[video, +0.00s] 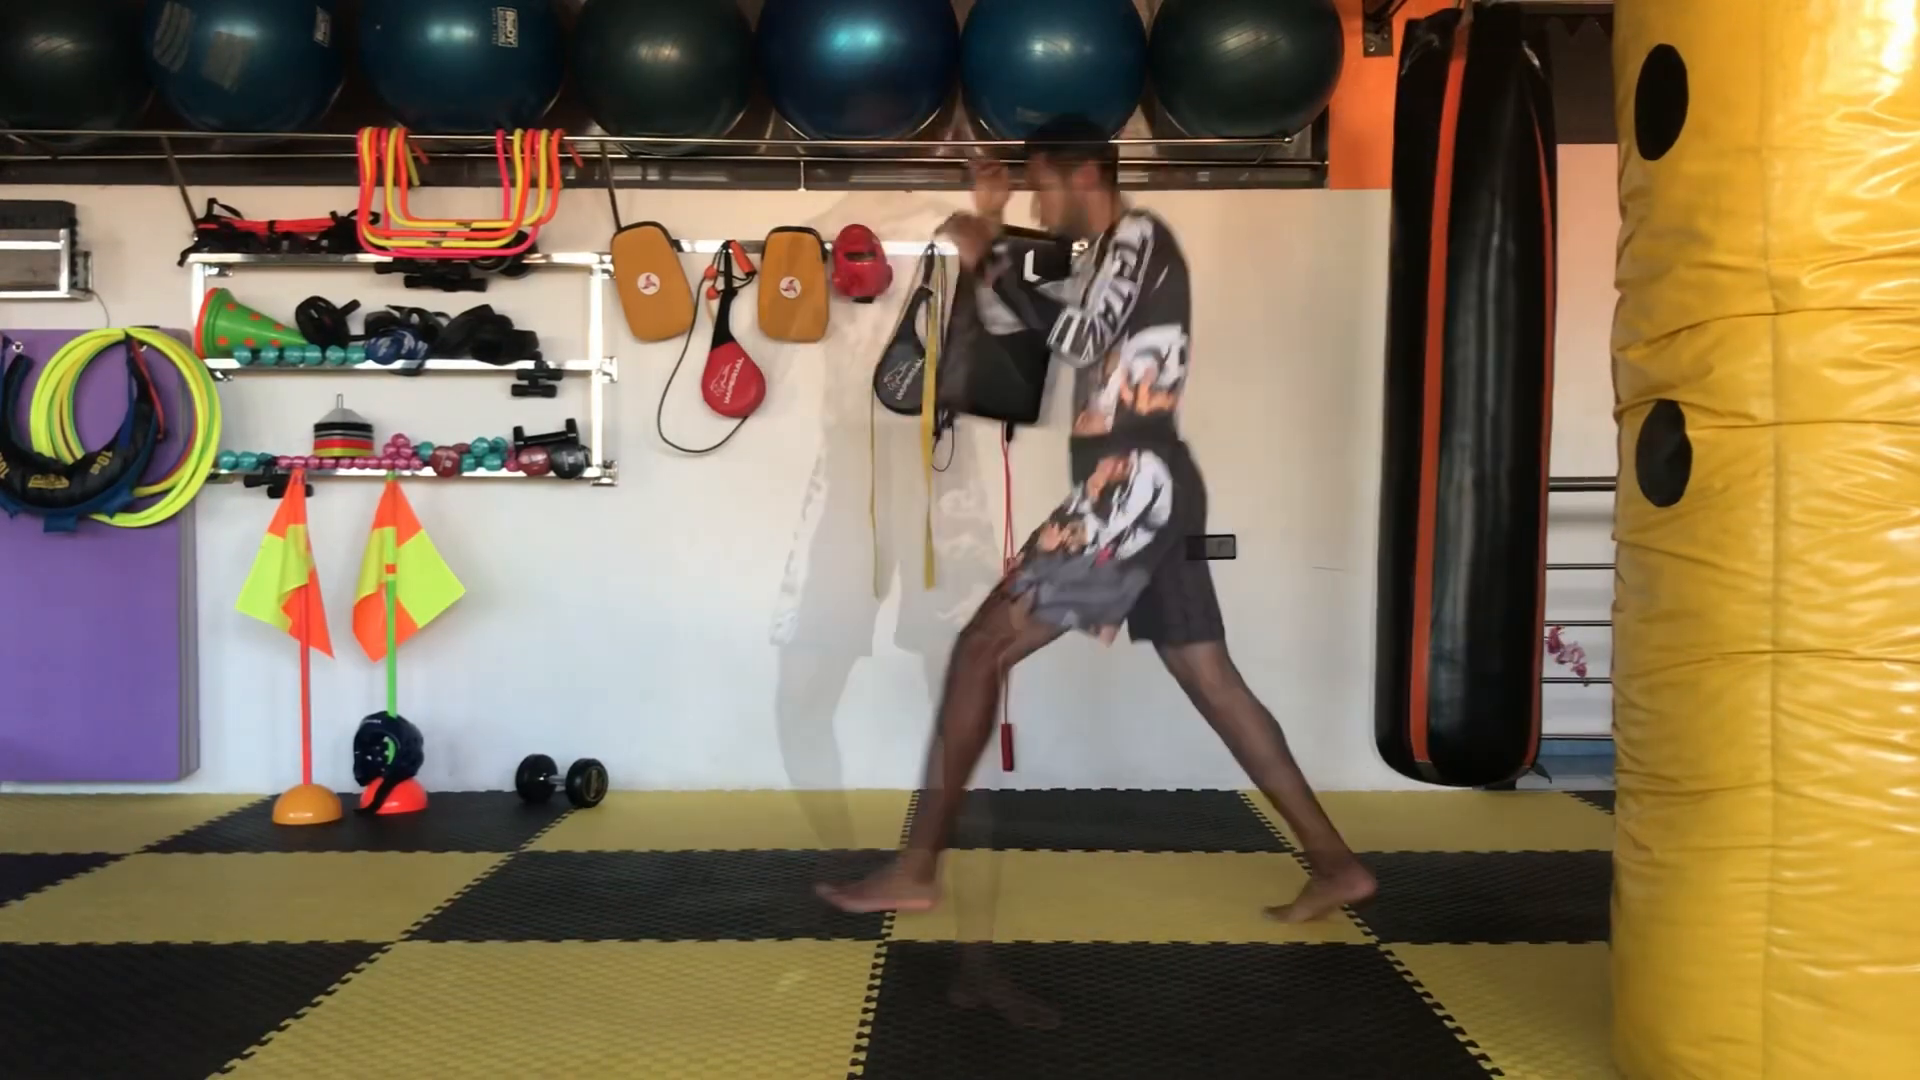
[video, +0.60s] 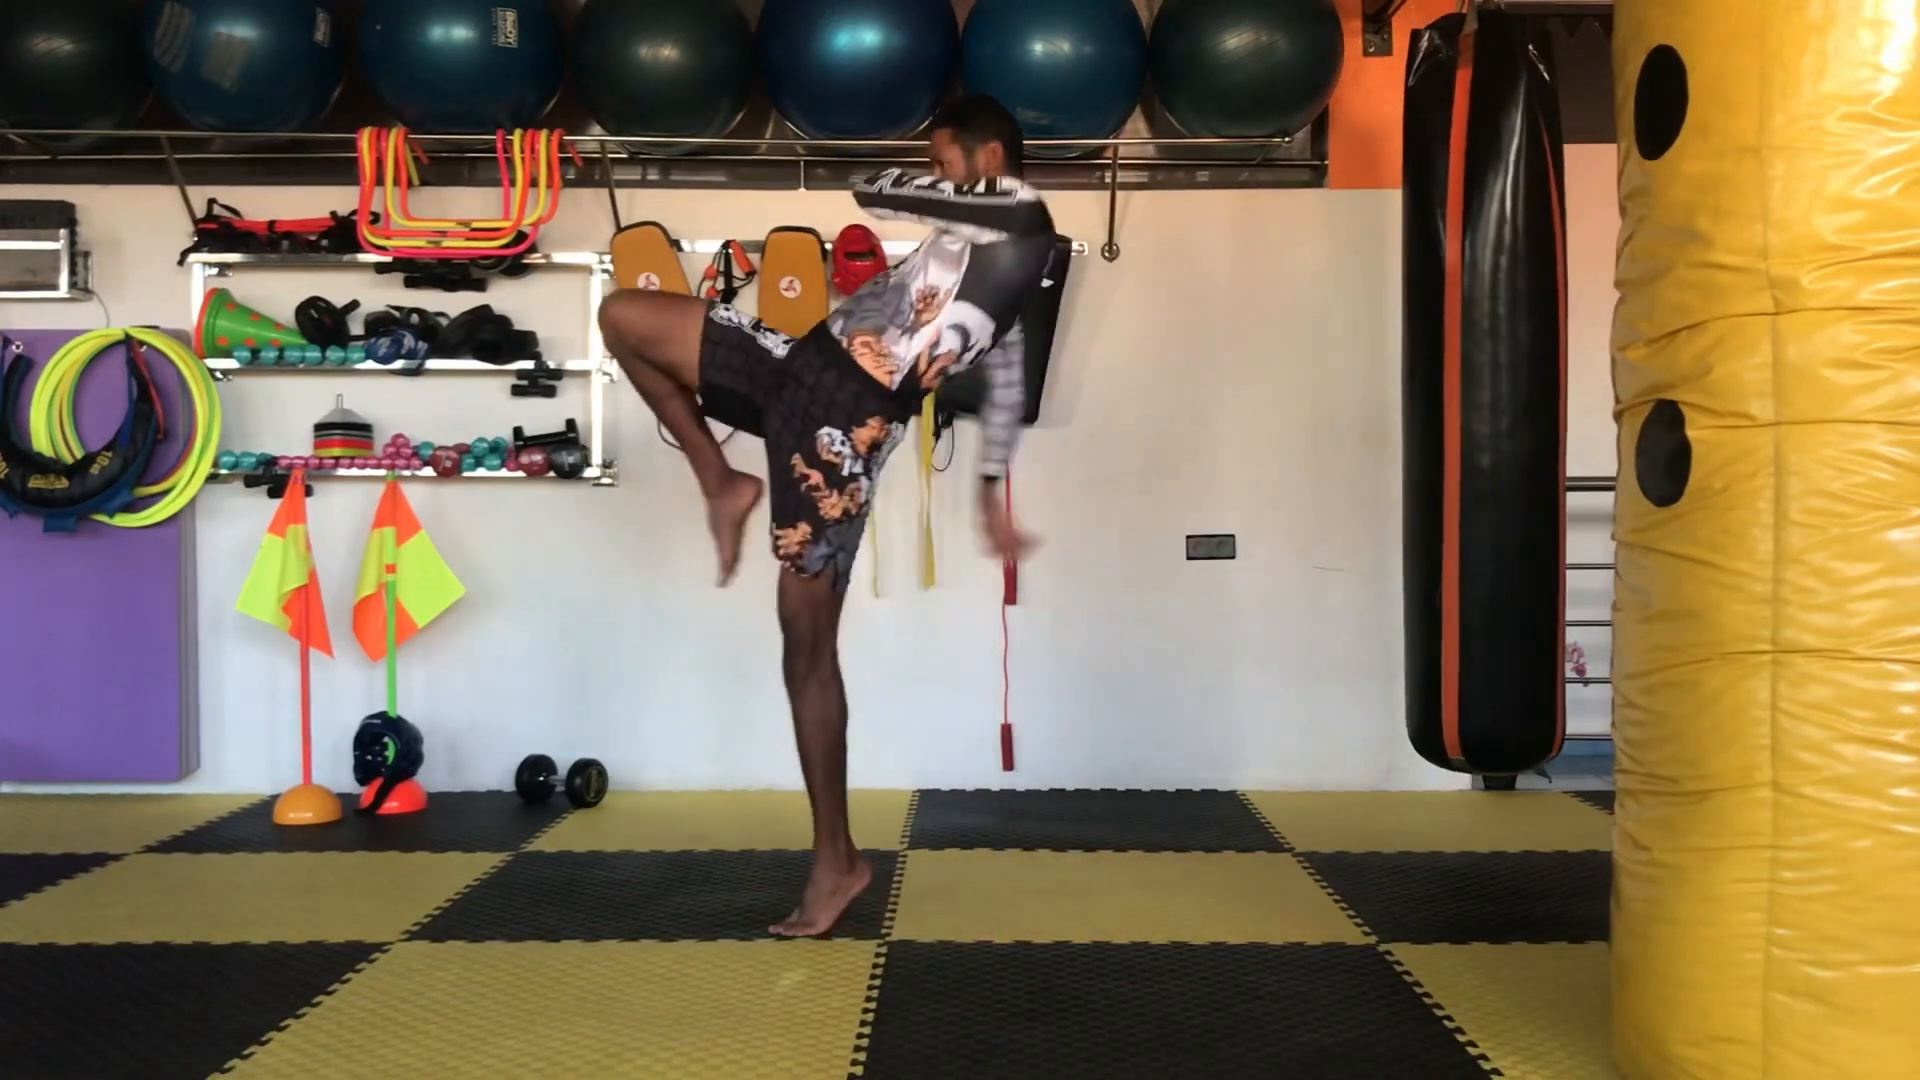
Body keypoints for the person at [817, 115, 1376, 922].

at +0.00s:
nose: (1040, 205)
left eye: (1045, 189)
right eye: (1038, 190)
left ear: (1088, 176)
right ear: (1089, 181)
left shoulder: (1138, 239)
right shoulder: (1109, 249)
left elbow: (1084, 338)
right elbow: (1034, 300)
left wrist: (990, 256)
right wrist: (990, 232)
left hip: (1131, 486)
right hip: (1150, 484)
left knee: (980, 648)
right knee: (1213, 681)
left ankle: (915, 869)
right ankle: (1334, 862)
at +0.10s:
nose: (997, 238)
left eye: (1005, 221)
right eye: (995, 224)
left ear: (1052, 213)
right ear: (1051, 216)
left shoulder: (1096, 280)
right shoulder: (1073, 285)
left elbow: (1049, 358)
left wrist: (953, 297)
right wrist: (934, 219)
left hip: (1084, 524)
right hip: (1107, 518)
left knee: (911, 668)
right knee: (1200, 702)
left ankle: (873, 887)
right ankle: (1340, 871)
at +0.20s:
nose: (957, 226)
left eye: (965, 210)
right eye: (956, 212)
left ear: (1012, 202)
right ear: (1003, 206)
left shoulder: (1055, 266)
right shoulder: (1005, 277)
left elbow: (971, 305)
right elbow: (932, 306)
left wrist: (875, 236)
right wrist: (869, 246)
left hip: (1011, 524)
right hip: (1027, 520)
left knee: (852, 682)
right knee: (1055, 723)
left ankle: (866, 896)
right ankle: (1243, 817)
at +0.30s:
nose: (940, 188)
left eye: (946, 170)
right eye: (938, 174)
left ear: (989, 163)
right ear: (993, 166)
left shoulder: (1028, 224)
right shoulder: (996, 249)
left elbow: (908, 236)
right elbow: (949, 379)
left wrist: (854, 178)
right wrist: (862, 336)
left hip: (964, 490)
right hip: (958, 487)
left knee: (836, 679)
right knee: (871, 662)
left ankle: (863, 890)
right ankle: (1027, 732)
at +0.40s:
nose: (932, 168)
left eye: (938, 151)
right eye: (931, 155)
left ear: (983, 139)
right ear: (985, 143)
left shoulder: (1016, 186)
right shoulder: (1020, 236)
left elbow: (869, 199)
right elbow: (1026, 398)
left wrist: (921, 185)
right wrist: (937, 393)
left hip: (919, 455)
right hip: (887, 433)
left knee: (837, 665)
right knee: (728, 497)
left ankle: (855, 877)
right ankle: (842, 606)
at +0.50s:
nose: (934, 167)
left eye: (939, 151)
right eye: (930, 155)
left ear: (985, 136)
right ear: (983, 138)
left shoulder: (1025, 203)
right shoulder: (982, 219)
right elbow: (1029, 359)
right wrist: (1035, 482)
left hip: (868, 416)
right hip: (824, 378)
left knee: (830, 644)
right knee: (653, 378)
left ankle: (844, 865)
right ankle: (771, 529)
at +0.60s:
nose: (931, 177)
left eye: (940, 162)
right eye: (932, 165)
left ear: (988, 155)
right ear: (986, 158)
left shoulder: (1015, 227)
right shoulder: (973, 229)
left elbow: (1007, 365)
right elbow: (1006, 370)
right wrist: (993, 488)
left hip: (836, 428)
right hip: (793, 375)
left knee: (808, 653)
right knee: (623, 317)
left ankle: (836, 861)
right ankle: (720, 483)